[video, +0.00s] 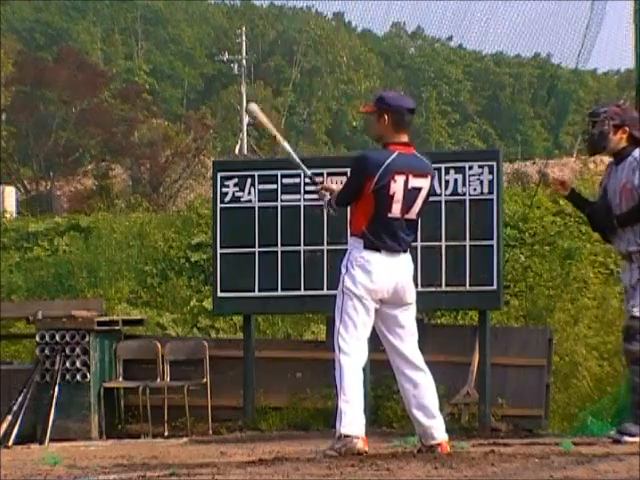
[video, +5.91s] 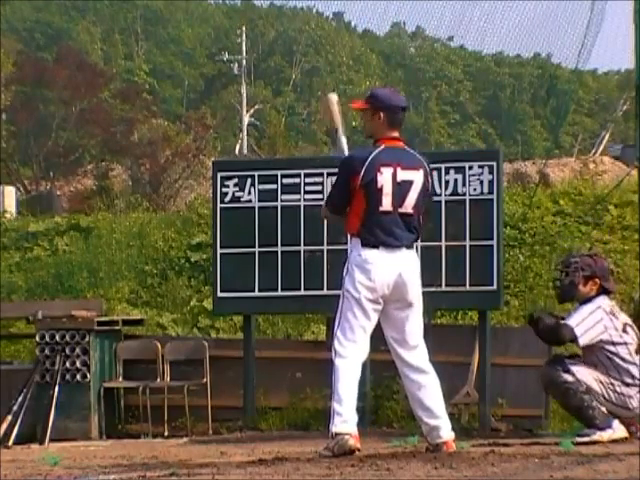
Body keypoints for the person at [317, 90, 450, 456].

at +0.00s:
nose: (369, 123)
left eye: (373, 117)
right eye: (371, 117)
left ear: (387, 120)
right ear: (402, 122)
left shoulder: (370, 162)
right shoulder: (425, 168)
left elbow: (343, 199)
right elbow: (388, 197)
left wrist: (329, 193)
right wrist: (341, 190)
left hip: (365, 264)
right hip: (402, 265)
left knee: (350, 349)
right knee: (408, 354)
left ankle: (351, 434)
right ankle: (436, 436)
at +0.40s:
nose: (373, 124)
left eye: (378, 118)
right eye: (375, 118)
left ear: (394, 121)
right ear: (402, 123)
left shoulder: (372, 159)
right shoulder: (426, 171)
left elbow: (349, 219)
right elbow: (411, 222)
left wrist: (374, 230)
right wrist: (357, 239)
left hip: (365, 262)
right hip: (401, 264)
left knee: (350, 349)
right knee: (407, 353)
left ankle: (351, 434)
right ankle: (435, 437)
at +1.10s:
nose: (365, 122)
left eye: (370, 116)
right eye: (366, 116)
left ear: (389, 118)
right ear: (396, 120)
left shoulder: (369, 157)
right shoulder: (422, 166)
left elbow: (340, 209)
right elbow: (414, 217)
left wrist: (337, 191)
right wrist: (357, 184)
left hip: (364, 262)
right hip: (401, 263)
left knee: (353, 349)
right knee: (411, 352)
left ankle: (352, 434)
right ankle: (436, 437)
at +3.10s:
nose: (354, 123)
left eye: (359, 117)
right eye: (354, 117)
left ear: (380, 119)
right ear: (384, 121)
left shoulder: (363, 155)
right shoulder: (416, 159)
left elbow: (335, 200)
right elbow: (405, 203)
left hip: (368, 261)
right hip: (404, 261)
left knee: (354, 349)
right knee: (413, 353)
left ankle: (352, 435)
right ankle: (437, 437)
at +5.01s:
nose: (358, 121)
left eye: (364, 116)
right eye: (360, 116)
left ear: (382, 118)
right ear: (391, 119)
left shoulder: (365, 154)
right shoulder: (424, 155)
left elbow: (338, 190)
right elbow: (433, 175)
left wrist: (366, 162)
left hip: (379, 257)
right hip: (416, 259)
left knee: (350, 345)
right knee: (412, 353)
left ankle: (347, 427)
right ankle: (435, 437)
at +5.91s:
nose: (365, 119)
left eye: (368, 114)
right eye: (366, 113)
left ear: (381, 119)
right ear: (398, 119)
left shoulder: (359, 161)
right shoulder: (419, 164)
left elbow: (333, 210)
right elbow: (416, 215)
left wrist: (347, 170)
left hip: (368, 262)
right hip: (407, 262)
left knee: (349, 347)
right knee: (412, 349)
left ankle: (343, 431)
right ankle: (441, 433)